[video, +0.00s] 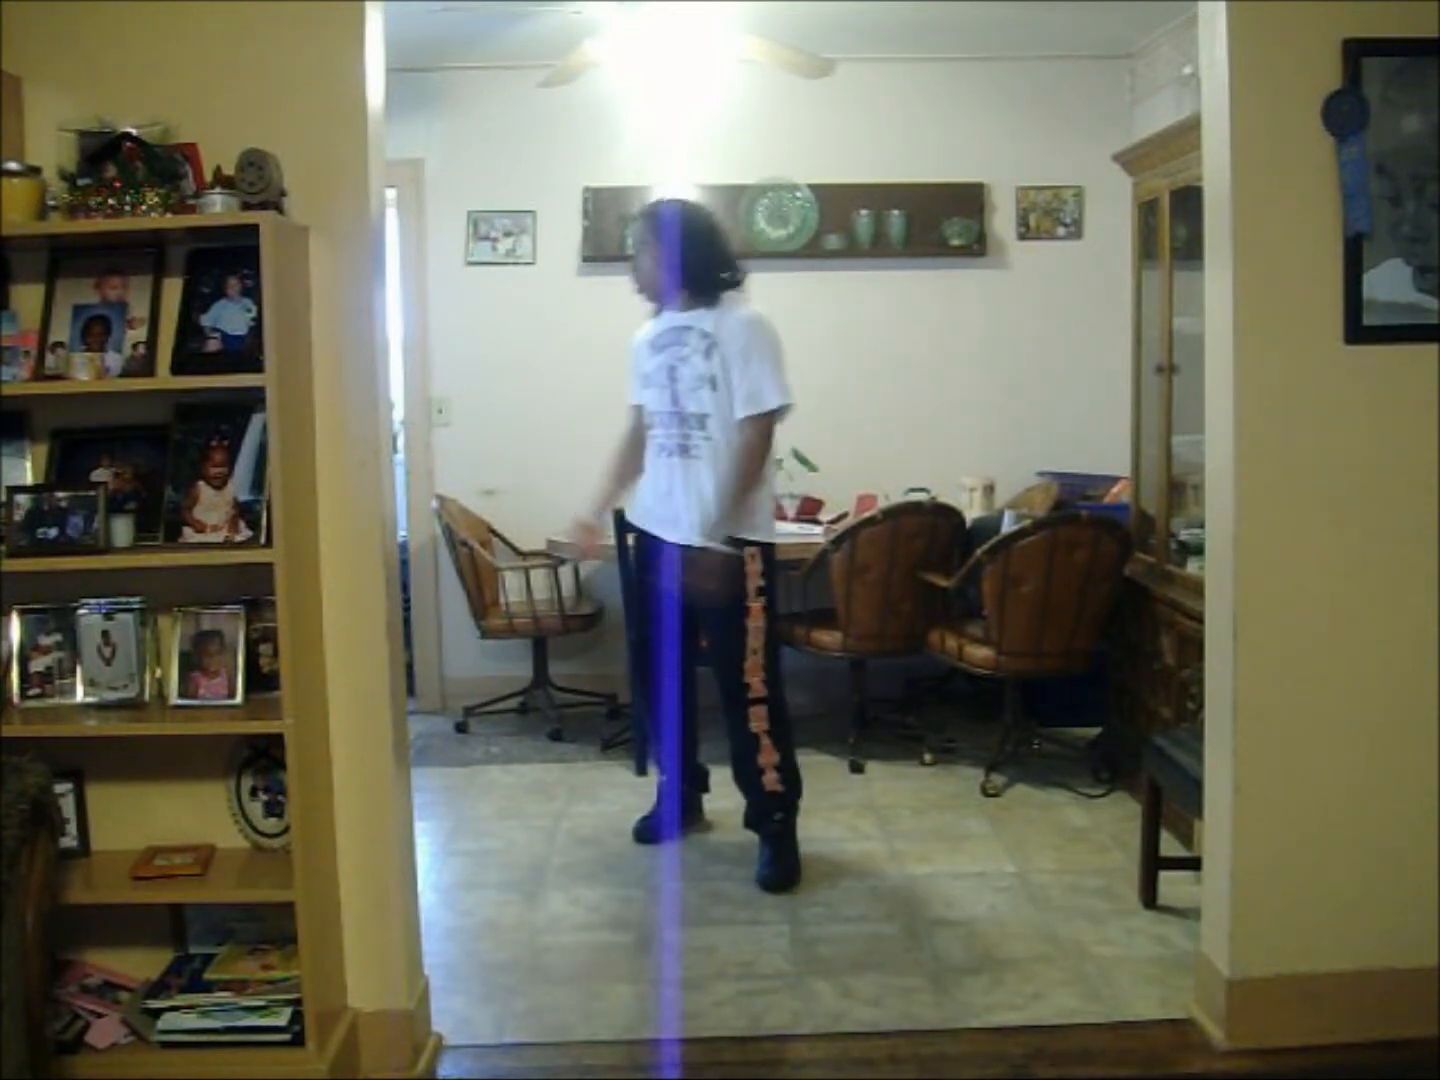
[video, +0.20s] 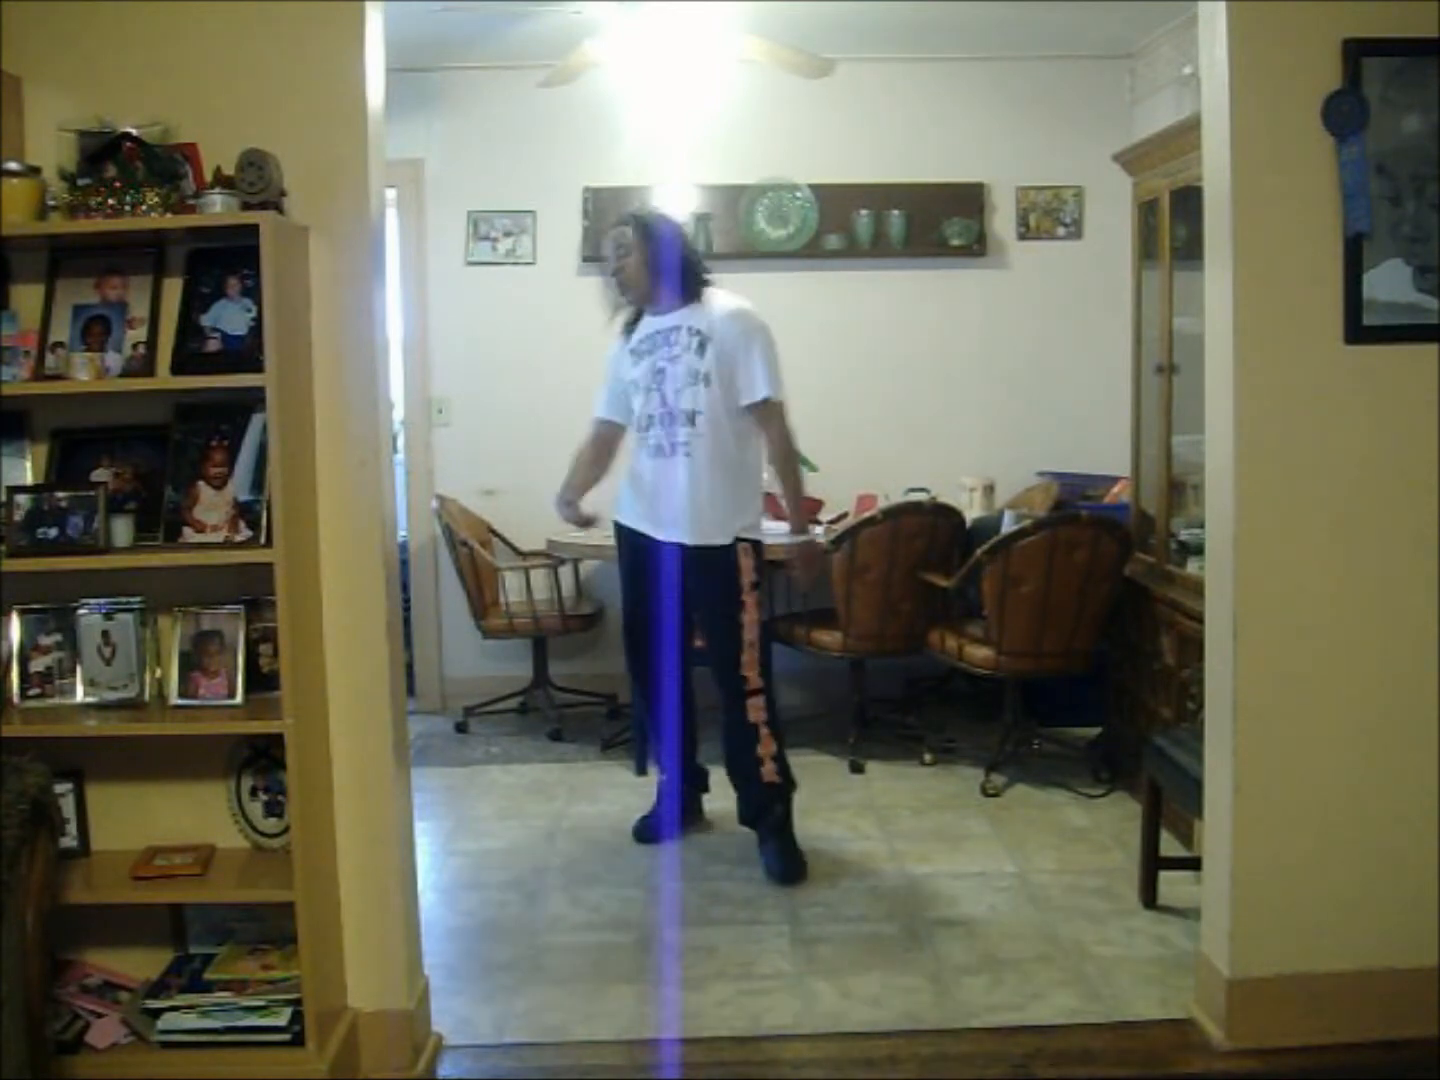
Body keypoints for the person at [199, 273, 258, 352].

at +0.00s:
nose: (233, 289)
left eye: (235, 285)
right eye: (230, 286)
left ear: (240, 287)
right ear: (226, 288)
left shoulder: (247, 304)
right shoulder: (221, 304)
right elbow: (205, 320)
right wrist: (210, 335)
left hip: (244, 338)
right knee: (212, 342)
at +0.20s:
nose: (233, 289)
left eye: (235, 285)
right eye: (230, 286)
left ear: (240, 287)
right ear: (225, 288)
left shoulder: (247, 304)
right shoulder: (221, 304)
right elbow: (205, 320)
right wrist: (210, 335)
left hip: (244, 338)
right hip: (225, 337)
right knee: (212, 342)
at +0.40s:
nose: (233, 289)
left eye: (235, 285)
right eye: (230, 286)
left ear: (240, 287)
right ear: (225, 288)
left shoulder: (247, 304)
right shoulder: (221, 304)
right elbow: (205, 320)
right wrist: (210, 335)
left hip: (244, 338)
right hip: (225, 337)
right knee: (212, 342)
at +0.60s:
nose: (233, 288)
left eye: (235, 285)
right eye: (230, 286)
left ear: (240, 287)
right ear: (225, 288)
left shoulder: (247, 303)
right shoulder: (221, 304)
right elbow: (206, 320)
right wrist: (210, 335)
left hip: (244, 338)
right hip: (224, 337)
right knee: (212, 341)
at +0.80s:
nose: (233, 289)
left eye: (236, 285)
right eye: (230, 286)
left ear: (240, 287)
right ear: (225, 288)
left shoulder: (247, 304)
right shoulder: (220, 305)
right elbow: (206, 320)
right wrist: (211, 335)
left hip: (245, 338)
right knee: (212, 341)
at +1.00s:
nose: (233, 289)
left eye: (235, 285)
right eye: (230, 286)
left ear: (240, 287)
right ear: (225, 288)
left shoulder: (247, 304)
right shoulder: (220, 304)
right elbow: (205, 320)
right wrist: (210, 335)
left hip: (244, 337)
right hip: (224, 337)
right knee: (212, 341)